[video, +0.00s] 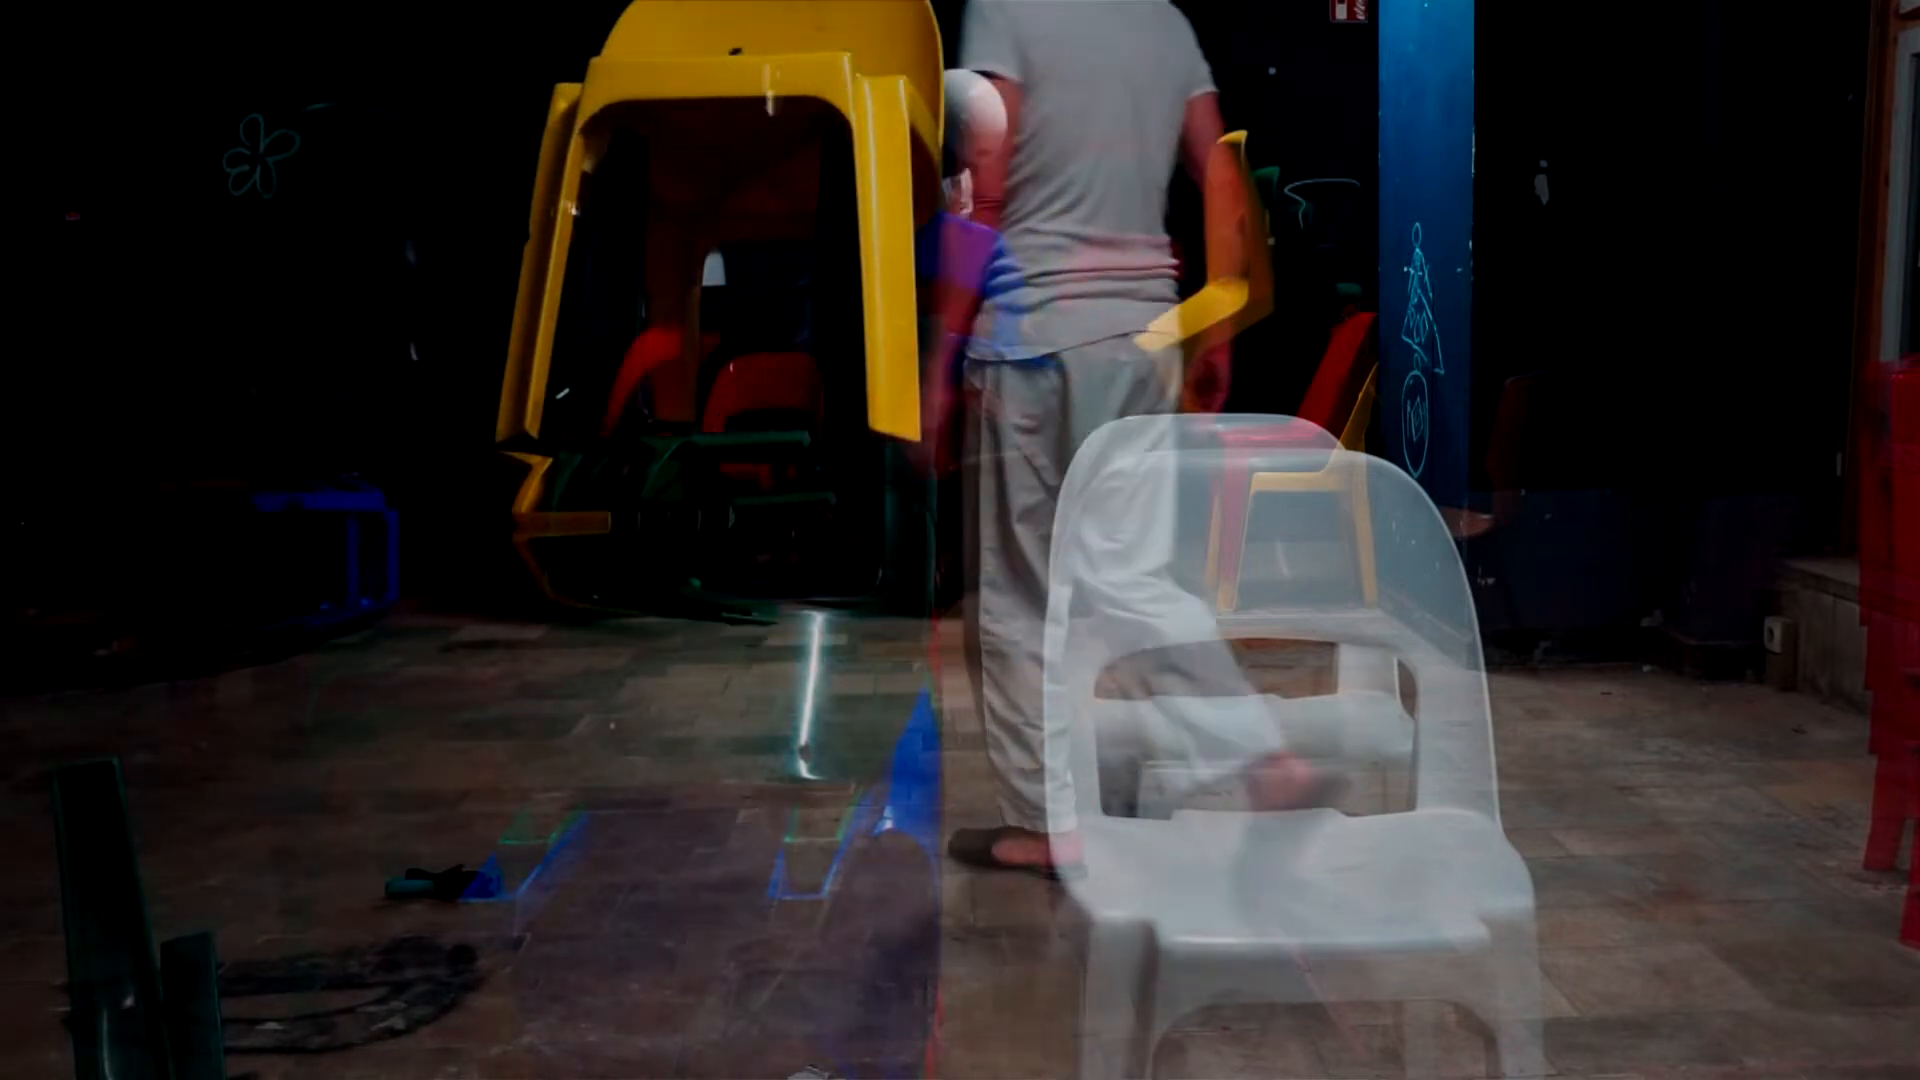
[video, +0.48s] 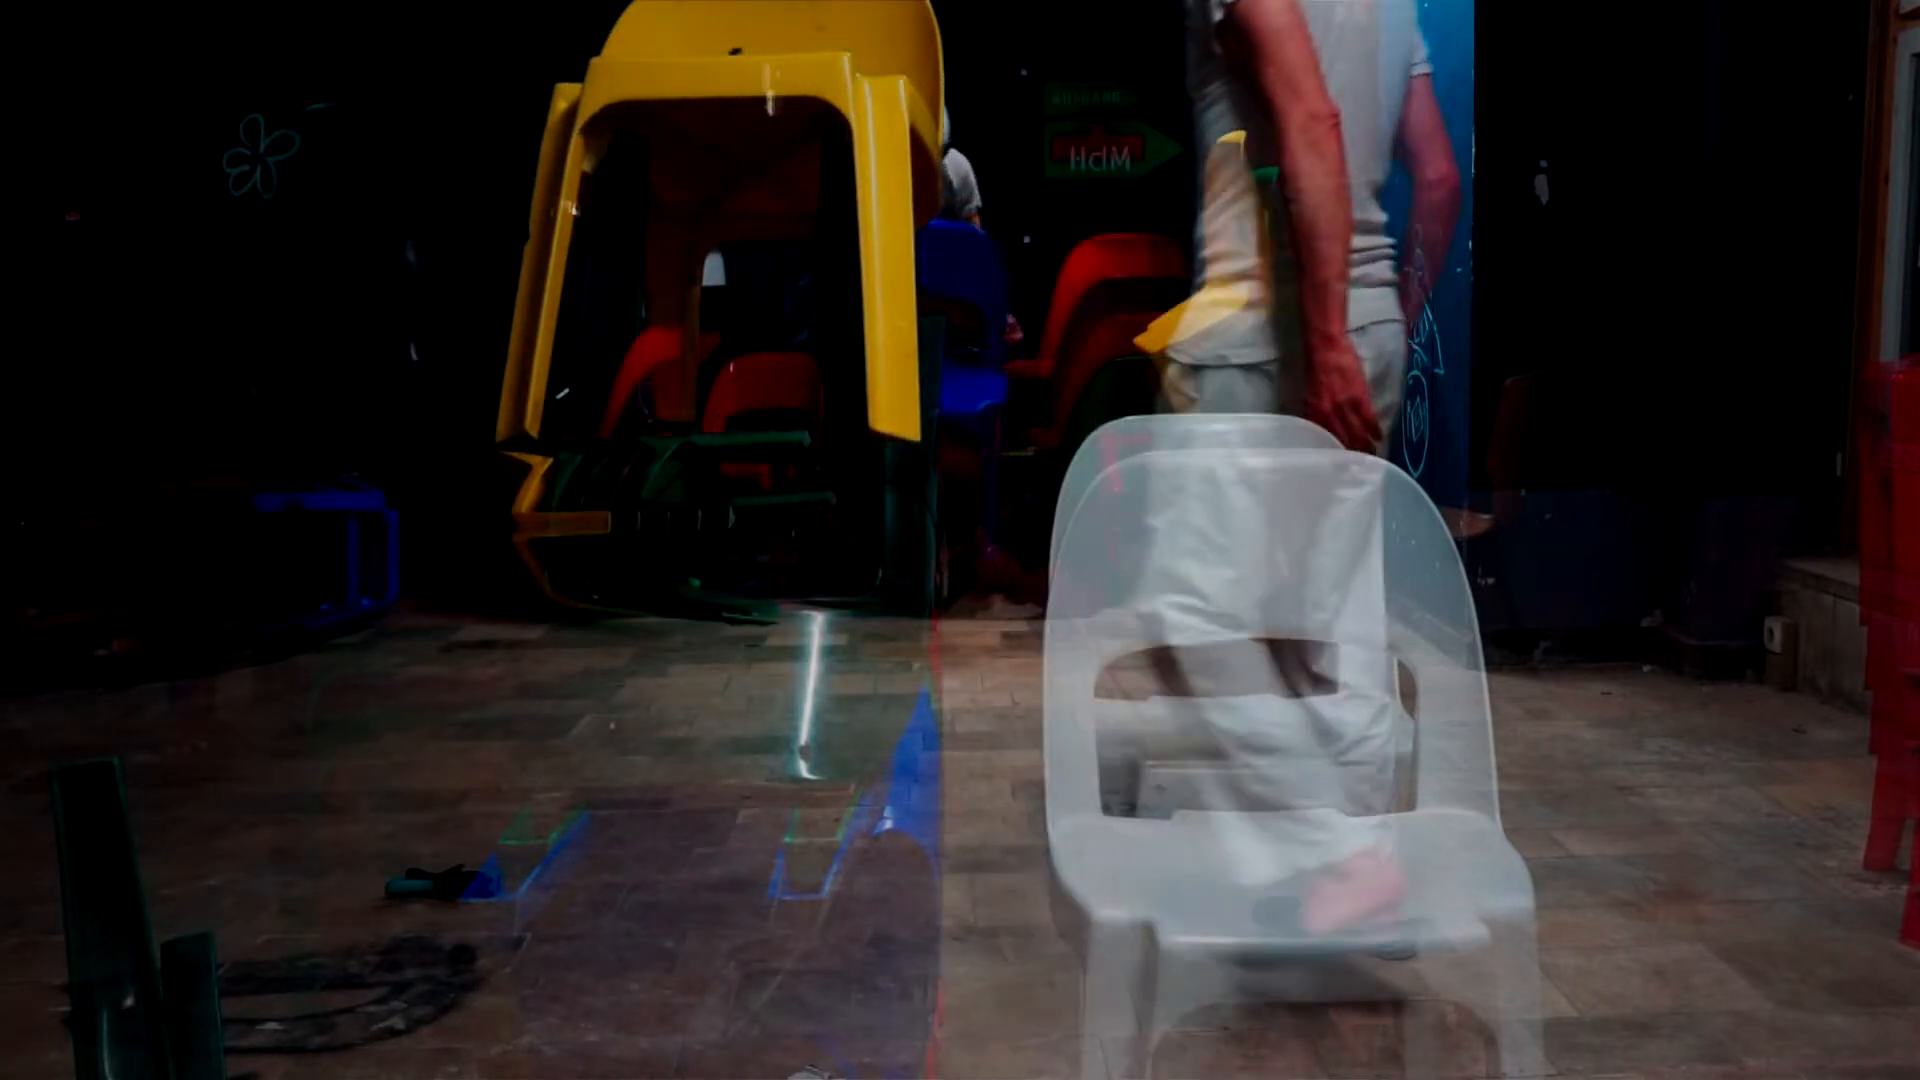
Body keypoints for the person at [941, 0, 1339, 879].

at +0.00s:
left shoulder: (1000, 14)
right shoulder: (1165, 22)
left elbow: (981, 195)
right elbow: (1222, 187)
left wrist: (937, 363)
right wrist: (1217, 330)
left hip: (1032, 331)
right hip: (1147, 325)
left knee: (1019, 587)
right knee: (1136, 574)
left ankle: (1039, 821)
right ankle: (1265, 762)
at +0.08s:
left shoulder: (1046, 10)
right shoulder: (1203, 26)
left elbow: (1048, 183)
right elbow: (1248, 202)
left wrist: (1014, 357)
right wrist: (1240, 332)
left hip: (1072, 333)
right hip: (1181, 328)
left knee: (1032, 589)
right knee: (1187, 584)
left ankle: (1041, 819)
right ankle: (1308, 807)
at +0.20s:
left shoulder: (1113, 4)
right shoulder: (1258, 17)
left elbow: (1154, 148)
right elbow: (1311, 196)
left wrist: (1128, 351)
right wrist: (1269, 331)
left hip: (1137, 341)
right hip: (1246, 336)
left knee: (1085, 595)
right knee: (1272, 610)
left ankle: (1045, 813)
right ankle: (1349, 860)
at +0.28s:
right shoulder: (1300, 11)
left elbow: (1215, 138)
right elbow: (1347, 188)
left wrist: (1205, 331)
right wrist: (1302, 312)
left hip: (1170, 333)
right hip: (1278, 329)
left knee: (1103, 608)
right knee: (1296, 614)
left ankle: (1093, 853)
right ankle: (1352, 874)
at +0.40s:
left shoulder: (1219, 5)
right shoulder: (1353, 8)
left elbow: (1284, 129)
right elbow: (1400, 179)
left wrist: (1295, 334)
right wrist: (1358, 310)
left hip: (1225, 332)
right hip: (1333, 320)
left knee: (1147, 603)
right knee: (1319, 607)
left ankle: (1242, 858)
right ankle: (1364, 878)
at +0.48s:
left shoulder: (1249, 6)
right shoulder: (1383, 9)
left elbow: (1309, 124)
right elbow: (1438, 176)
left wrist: (1326, 339)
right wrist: (1398, 316)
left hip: (1257, 334)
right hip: (1363, 326)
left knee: (1187, 621)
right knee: (1317, 628)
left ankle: (1338, 856)